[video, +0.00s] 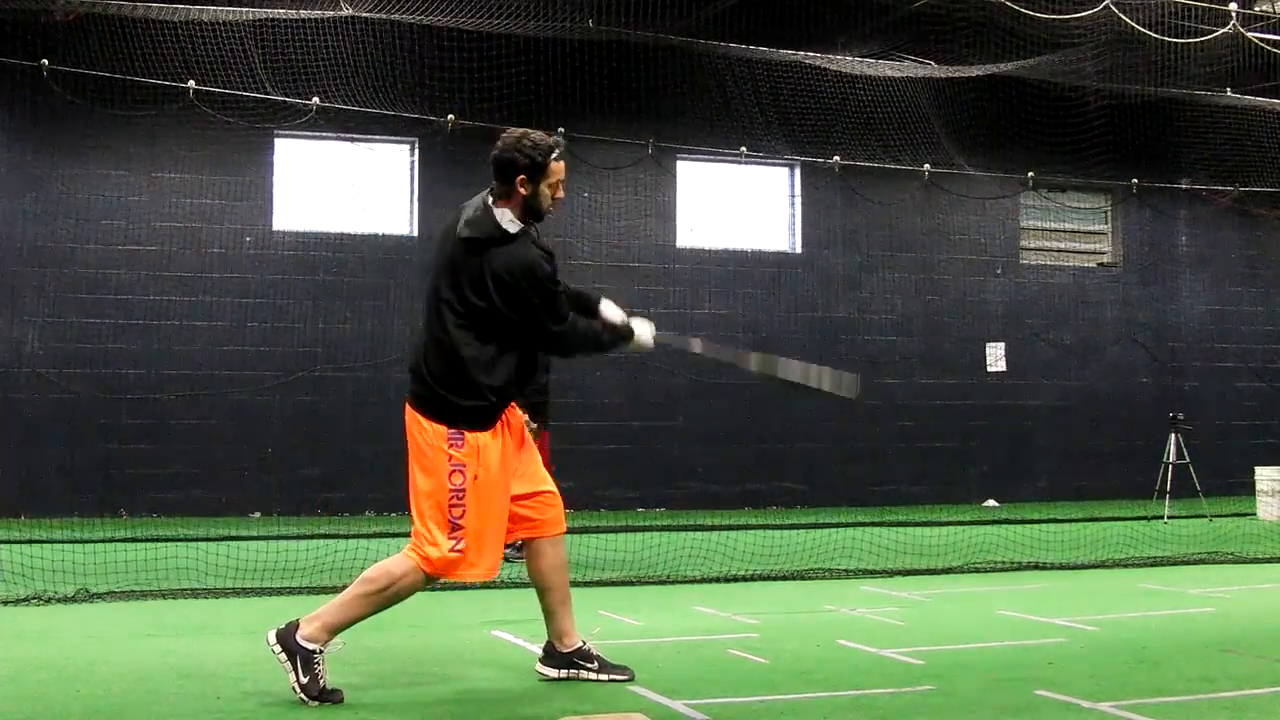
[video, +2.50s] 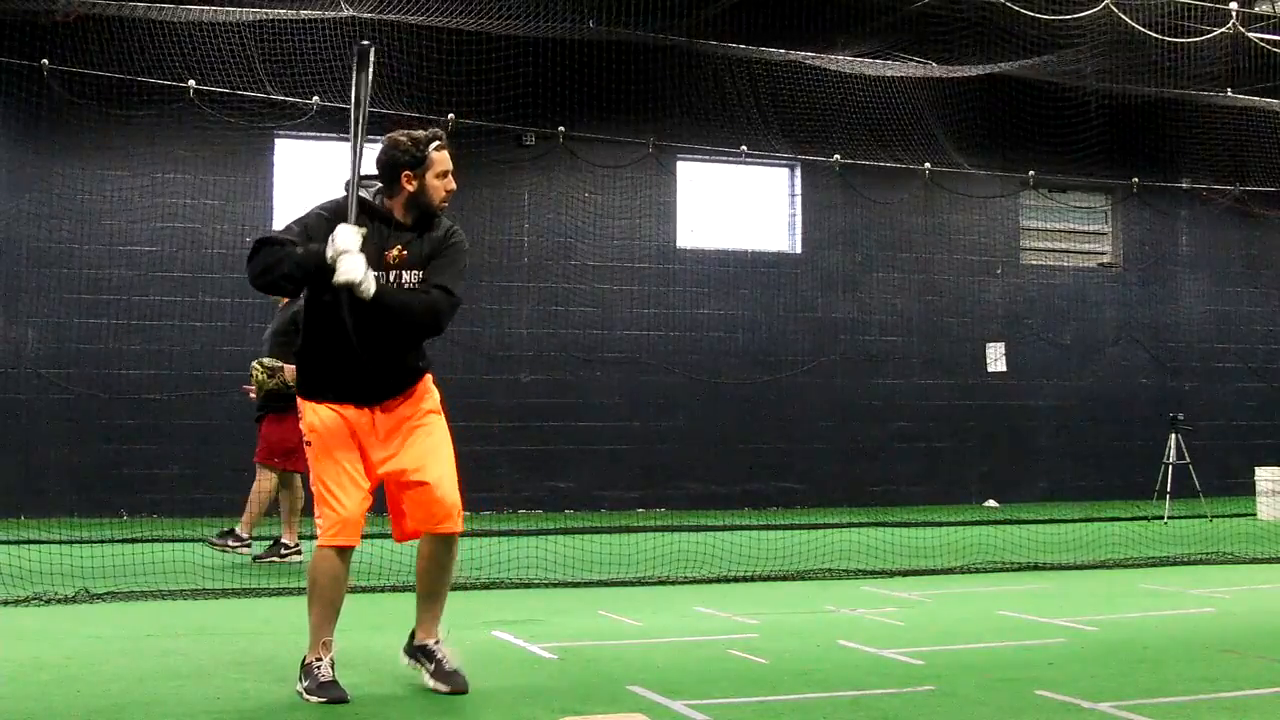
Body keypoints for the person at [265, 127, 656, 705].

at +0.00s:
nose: (562, 194)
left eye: (563, 183)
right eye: (556, 185)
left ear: (517, 183)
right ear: (523, 185)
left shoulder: (485, 215)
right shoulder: (514, 255)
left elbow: (541, 285)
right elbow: (555, 334)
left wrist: (598, 306)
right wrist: (622, 333)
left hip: (494, 410)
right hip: (451, 416)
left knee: (545, 520)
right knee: (440, 552)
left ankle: (565, 647)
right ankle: (305, 636)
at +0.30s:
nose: (584, 206)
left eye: (587, 196)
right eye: (578, 196)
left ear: (553, 188)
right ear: (543, 188)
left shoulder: (540, 231)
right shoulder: (509, 255)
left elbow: (551, 321)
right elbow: (512, 364)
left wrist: (574, 379)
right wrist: (572, 411)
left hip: (511, 404)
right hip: (453, 408)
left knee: (561, 512)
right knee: (427, 538)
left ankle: (567, 645)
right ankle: (306, 639)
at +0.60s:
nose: (583, 200)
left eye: (589, 190)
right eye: (575, 188)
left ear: (586, 183)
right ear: (543, 175)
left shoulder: (571, 231)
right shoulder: (482, 238)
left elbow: (578, 314)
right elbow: (447, 332)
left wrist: (552, 369)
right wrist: (505, 385)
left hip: (530, 400)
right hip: (452, 400)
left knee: (573, 516)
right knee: (394, 520)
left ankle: (567, 643)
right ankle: (324, 645)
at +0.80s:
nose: (528, 199)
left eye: (535, 188)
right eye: (520, 186)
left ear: (541, 183)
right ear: (489, 174)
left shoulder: (540, 240)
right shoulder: (431, 238)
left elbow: (549, 321)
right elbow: (381, 317)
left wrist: (502, 365)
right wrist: (436, 356)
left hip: (506, 408)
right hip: (422, 410)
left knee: (555, 524)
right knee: (386, 531)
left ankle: (566, 646)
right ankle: (326, 653)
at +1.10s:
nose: (447, 180)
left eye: (454, 169)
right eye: (437, 169)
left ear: (460, 166)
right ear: (405, 161)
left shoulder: (467, 223)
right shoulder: (356, 223)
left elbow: (489, 312)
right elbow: (303, 296)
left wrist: (428, 334)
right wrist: (360, 315)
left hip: (450, 398)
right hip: (369, 406)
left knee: (498, 521)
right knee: (350, 534)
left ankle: (512, 630)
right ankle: (322, 656)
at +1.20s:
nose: (469, 147)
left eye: (468, 138)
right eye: (461, 138)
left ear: (436, 146)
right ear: (426, 146)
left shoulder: (473, 199)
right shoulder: (373, 207)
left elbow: (494, 250)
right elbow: (312, 270)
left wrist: (420, 214)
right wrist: (370, 219)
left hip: (462, 391)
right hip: (384, 394)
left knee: (478, 527)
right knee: (362, 528)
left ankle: (468, 645)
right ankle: (323, 657)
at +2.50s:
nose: (452, 184)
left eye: (452, 174)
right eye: (443, 175)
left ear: (418, 178)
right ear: (407, 179)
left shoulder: (444, 237)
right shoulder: (343, 217)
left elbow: (436, 310)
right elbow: (261, 266)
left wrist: (375, 287)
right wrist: (324, 257)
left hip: (409, 400)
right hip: (333, 404)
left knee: (444, 517)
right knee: (341, 530)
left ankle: (426, 641)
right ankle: (319, 659)